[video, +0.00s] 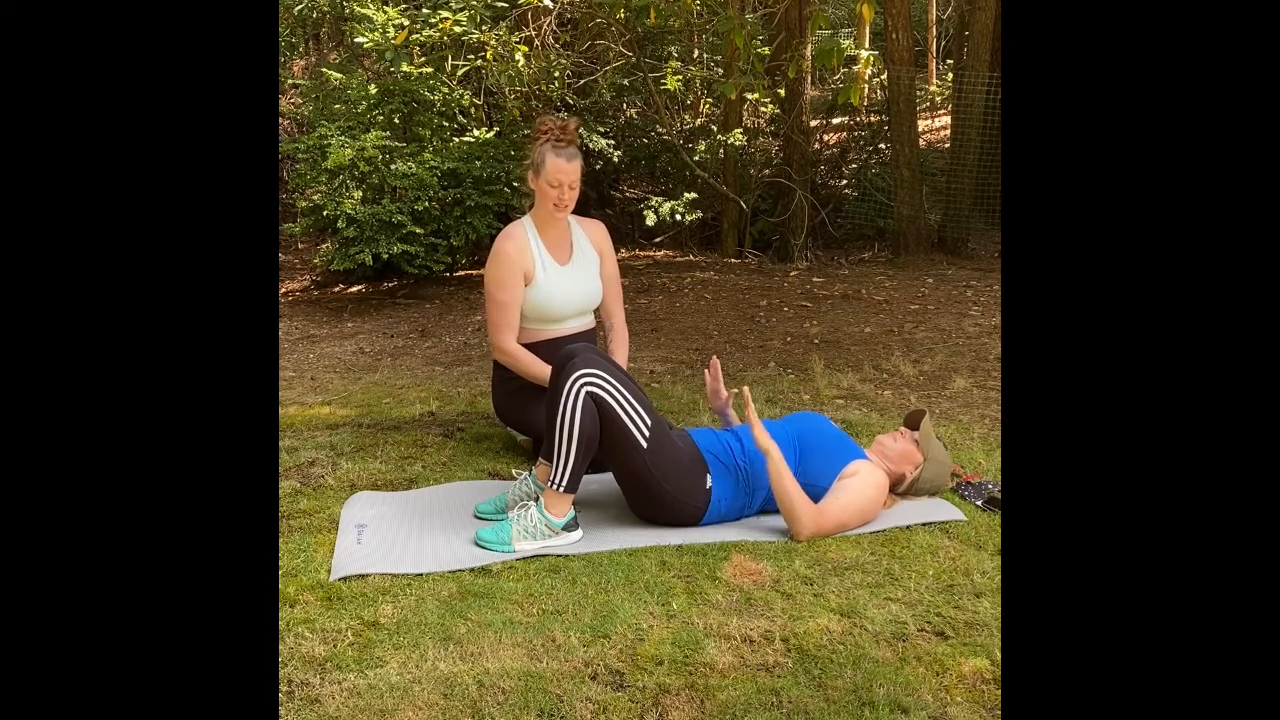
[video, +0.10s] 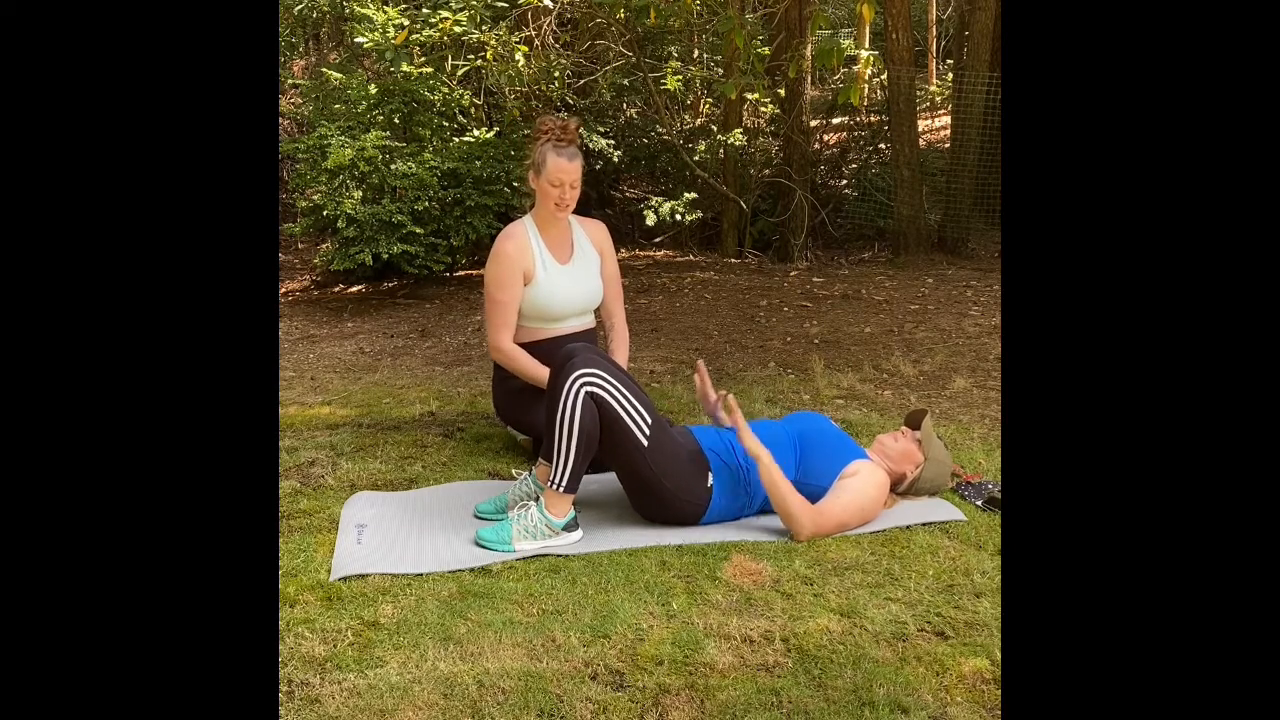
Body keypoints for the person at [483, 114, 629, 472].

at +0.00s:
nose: (564, 196)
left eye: (573, 186)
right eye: (554, 185)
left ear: (581, 183)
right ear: (533, 181)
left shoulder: (595, 234)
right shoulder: (512, 246)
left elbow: (615, 321)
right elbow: (502, 346)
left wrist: (614, 380)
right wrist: (569, 384)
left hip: (585, 373)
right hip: (525, 384)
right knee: (610, 447)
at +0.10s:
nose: (565, 195)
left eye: (574, 185)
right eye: (555, 184)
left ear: (582, 183)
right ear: (533, 180)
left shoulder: (595, 234)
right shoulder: (512, 245)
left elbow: (615, 321)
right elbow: (499, 346)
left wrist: (614, 380)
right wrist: (563, 386)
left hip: (586, 372)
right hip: (525, 382)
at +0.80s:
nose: (552, 191)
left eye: (560, 180)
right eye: (541, 181)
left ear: (570, 178)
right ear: (523, 181)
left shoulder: (590, 233)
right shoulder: (509, 244)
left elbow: (614, 319)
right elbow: (502, 333)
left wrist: (616, 366)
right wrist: (517, 374)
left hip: (587, 366)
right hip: (527, 375)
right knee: (599, 448)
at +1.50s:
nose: (554, 187)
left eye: (561, 177)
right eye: (543, 177)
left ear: (568, 178)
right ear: (520, 178)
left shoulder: (585, 232)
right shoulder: (505, 243)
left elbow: (611, 318)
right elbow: (497, 342)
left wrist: (615, 366)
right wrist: (524, 337)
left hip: (585, 364)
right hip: (525, 375)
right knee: (604, 448)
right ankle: (536, 440)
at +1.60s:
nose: (554, 184)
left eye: (561, 174)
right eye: (542, 174)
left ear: (568, 176)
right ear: (520, 177)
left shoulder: (585, 231)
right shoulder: (504, 243)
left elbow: (608, 306)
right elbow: (497, 345)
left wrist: (621, 346)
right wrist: (524, 322)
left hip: (586, 365)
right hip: (524, 375)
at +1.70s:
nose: (552, 183)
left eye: (560, 173)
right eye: (541, 171)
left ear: (567, 178)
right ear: (520, 175)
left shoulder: (584, 231)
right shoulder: (503, 242)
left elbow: (614, 301)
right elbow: (497, 342)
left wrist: (620, 313)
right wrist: (533, 304)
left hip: (584, 365)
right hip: (524, 376)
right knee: (603, 448)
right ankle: (538, 444)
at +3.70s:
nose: (548, 183)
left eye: (555, 174)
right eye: (537, 171)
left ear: (562, 179)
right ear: (515, 173)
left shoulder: (578, 229)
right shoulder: (498, 242)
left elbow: (643, 292)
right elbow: (501, 320)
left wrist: (627, 270)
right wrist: (554, 269)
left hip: (586, 363)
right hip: (523, 377)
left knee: (643, 436)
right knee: (603, 446)